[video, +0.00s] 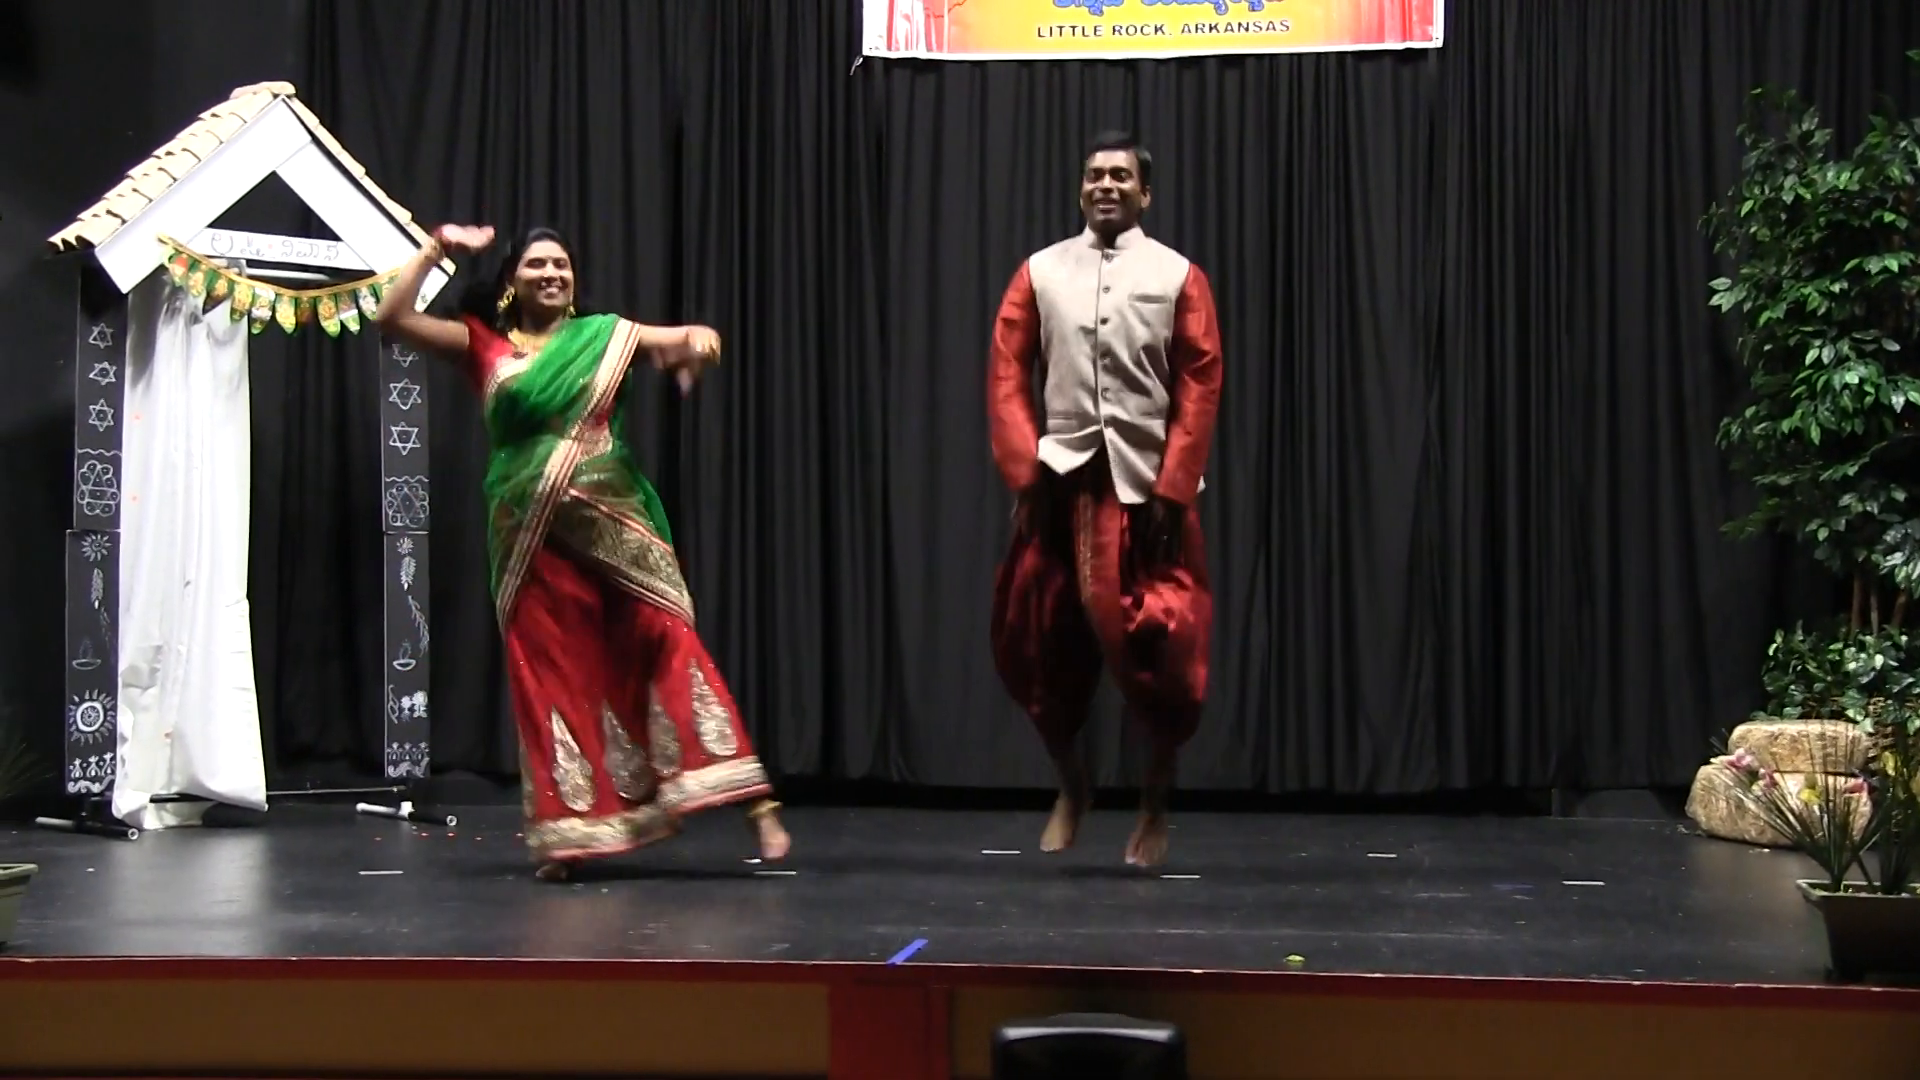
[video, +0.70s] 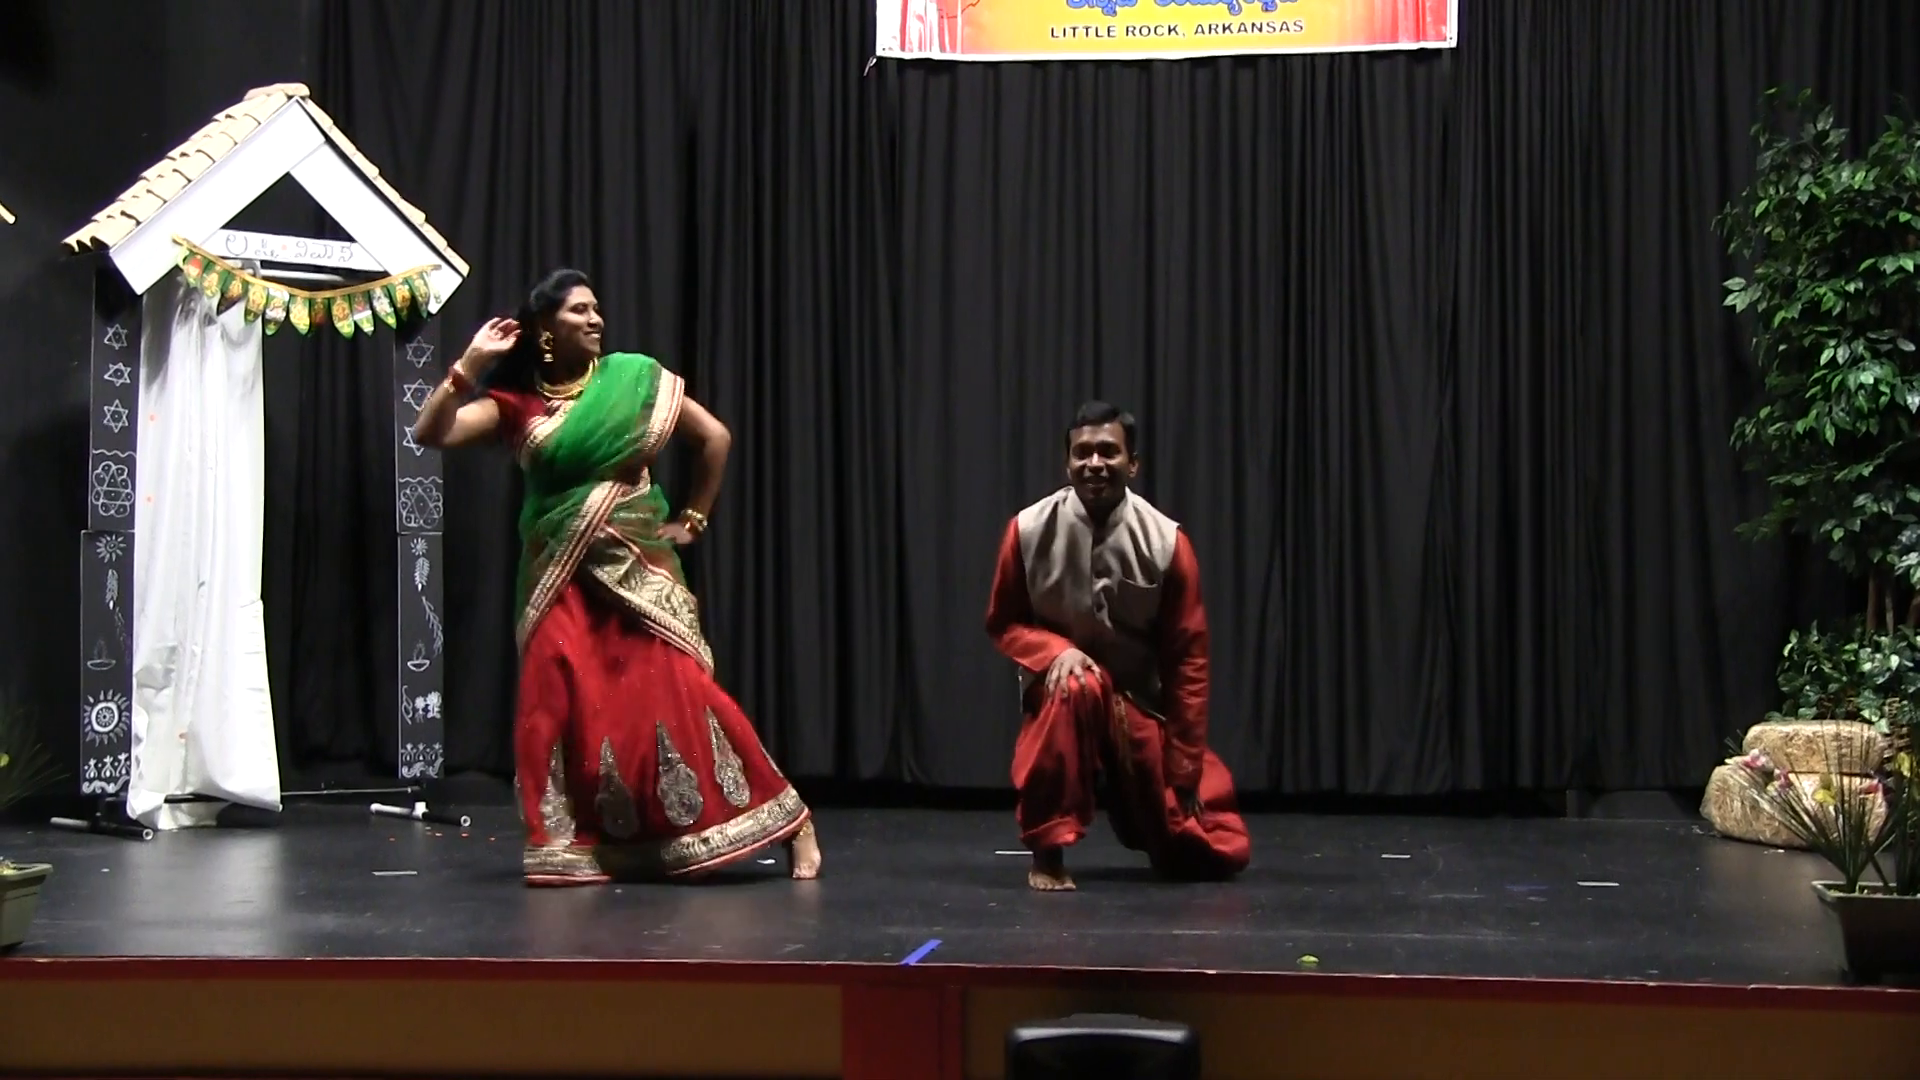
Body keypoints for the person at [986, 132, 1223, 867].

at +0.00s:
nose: (1106, 185)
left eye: (1120, 175)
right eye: (1096, 175)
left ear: (1144, 191)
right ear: (1080, 189)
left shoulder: (1177, 275)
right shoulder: (1041, 270)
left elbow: (1201, 382)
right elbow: (1006, 371)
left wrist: (1175, 485)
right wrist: (1024, 467)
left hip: (1147, 481)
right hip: (1058, 478)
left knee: (1159, 645)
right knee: (1043, 635)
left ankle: (1153, 814)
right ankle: (1070, 790)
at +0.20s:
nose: (1089, 247)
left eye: (1102, 238)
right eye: (1079, 237)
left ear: (1126, 251)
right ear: (1063, 248)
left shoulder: (1166, 325)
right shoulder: (1035, 325)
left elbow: (1202, 425)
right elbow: (1000, 420)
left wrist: (1182, 532)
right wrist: (1030, 490)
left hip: (1158, 538)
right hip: (1063, 534)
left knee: (1190, 674)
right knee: (1025, 667)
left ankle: (1174, 806)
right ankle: (1030, 831)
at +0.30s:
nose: (1085, 320)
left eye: (1098, 309)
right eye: (1074, 309)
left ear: (1121, 322)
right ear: (1057, 321)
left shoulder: (1161, 405)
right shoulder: (1026, 402)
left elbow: (1198, 506)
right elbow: (997, 499)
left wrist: (1185, 610)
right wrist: (1031, 561)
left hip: (1147, 602)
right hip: (1061, 600)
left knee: (1187, 726)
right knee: (1018, 704)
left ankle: (1174, 819)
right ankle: (1035, 850)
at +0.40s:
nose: (1077, 384)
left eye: (1090, 372)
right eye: (1065, 375)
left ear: (1116, 386)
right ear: (1054, 390)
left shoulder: (1156, 470)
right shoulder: (1023, 466)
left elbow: (1190, 576)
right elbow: (1000, 567)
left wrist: (1183, 677)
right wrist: (1043, 625)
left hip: (1139, 637)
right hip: (1063, 632)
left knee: (1156, 714)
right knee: (1063, 694)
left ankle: (1178, 834)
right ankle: (1040, 852)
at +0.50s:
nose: (1081, 436)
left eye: (1096, 425)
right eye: (1070, 424)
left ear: (1119, 440)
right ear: (1056, 435)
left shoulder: (1154, 515)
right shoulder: (1021, 512)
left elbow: (1187, 625)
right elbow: (1005, 613)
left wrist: (1188, 732)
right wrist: (1056, 650)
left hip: (1139, 677)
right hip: (1061, 671)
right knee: (1076, 687)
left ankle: (1175, 849)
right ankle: (1043, 856)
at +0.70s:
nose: (1094, 463)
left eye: (1108, 452)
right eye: (1083, 453)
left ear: (1132, 465)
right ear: (1067, 464)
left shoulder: (1166, 543)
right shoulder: (1028, 532)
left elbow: (1189, 658)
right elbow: (1005, 623)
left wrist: (1184, 772)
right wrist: (1056, 653)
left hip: (1140, 707)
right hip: (1064, 699)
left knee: (1186, 852)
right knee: (1077, 682)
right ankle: (1048, 854)